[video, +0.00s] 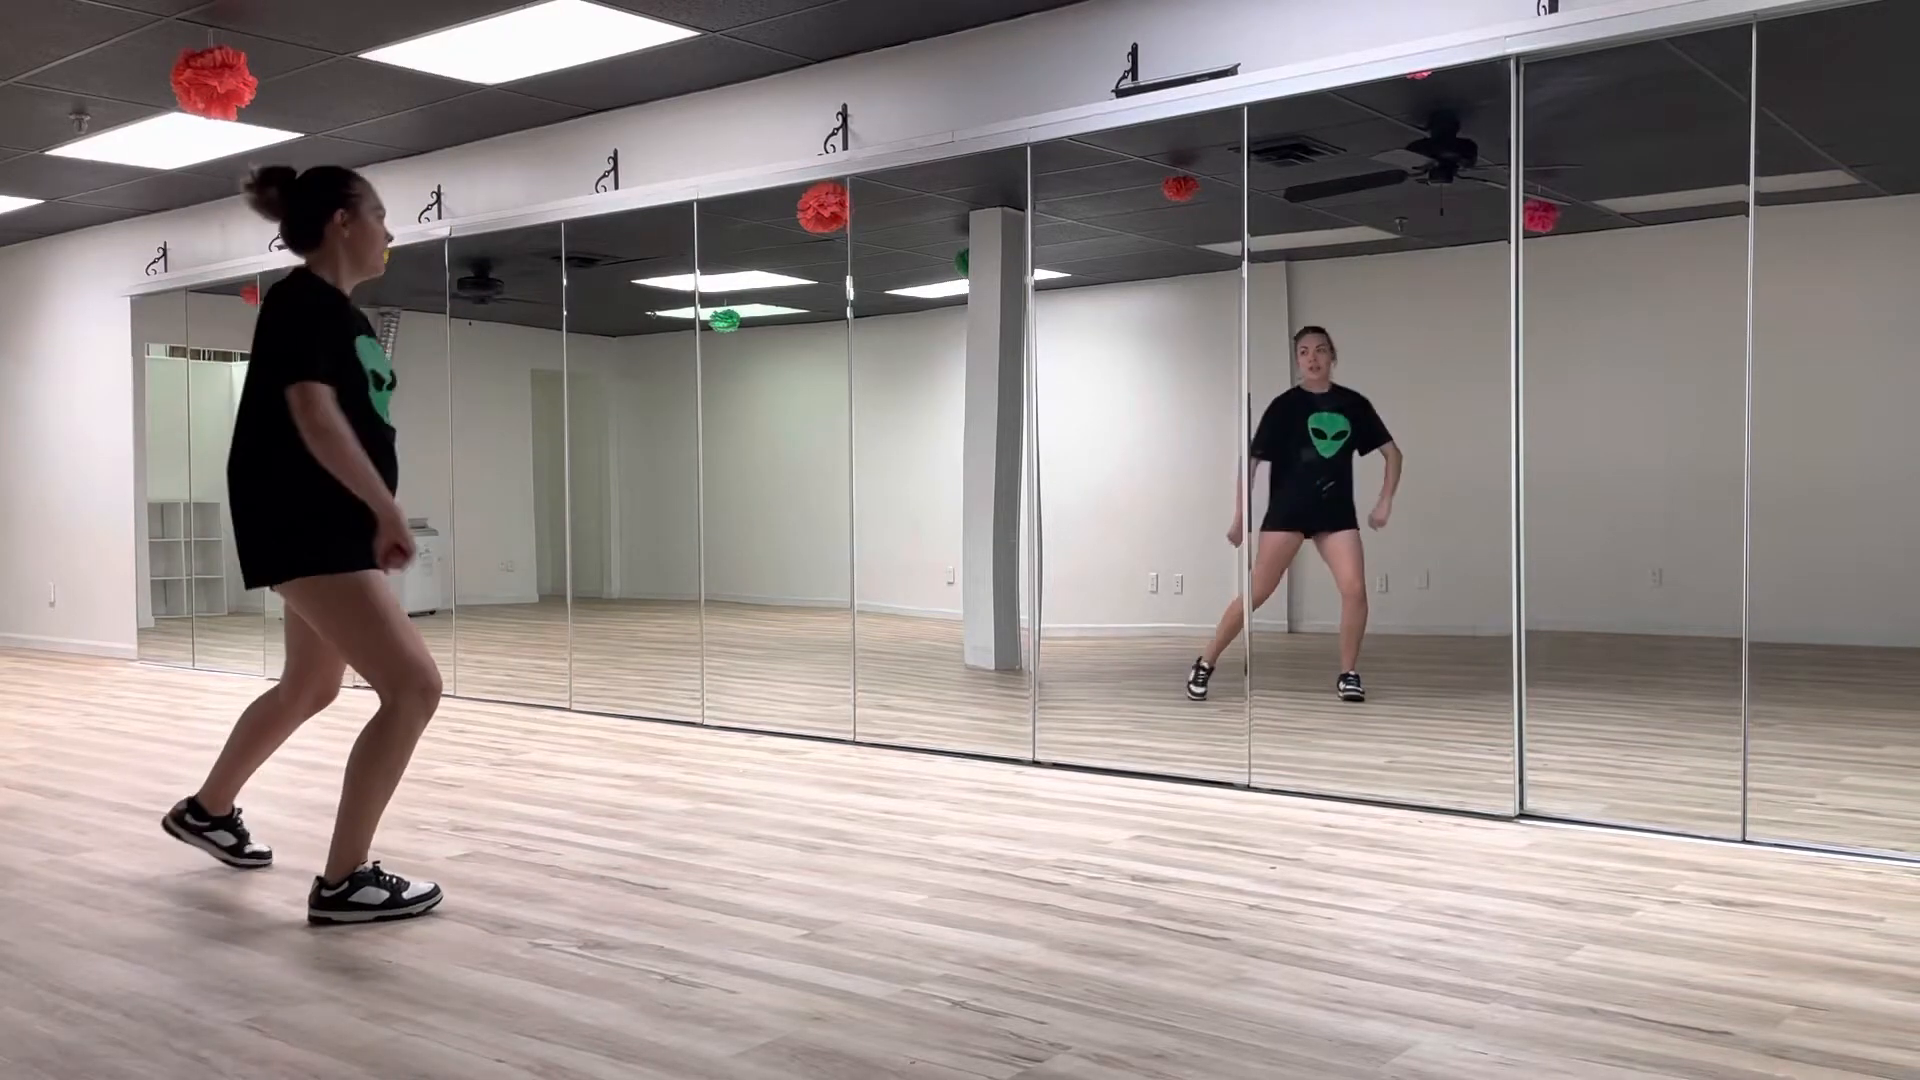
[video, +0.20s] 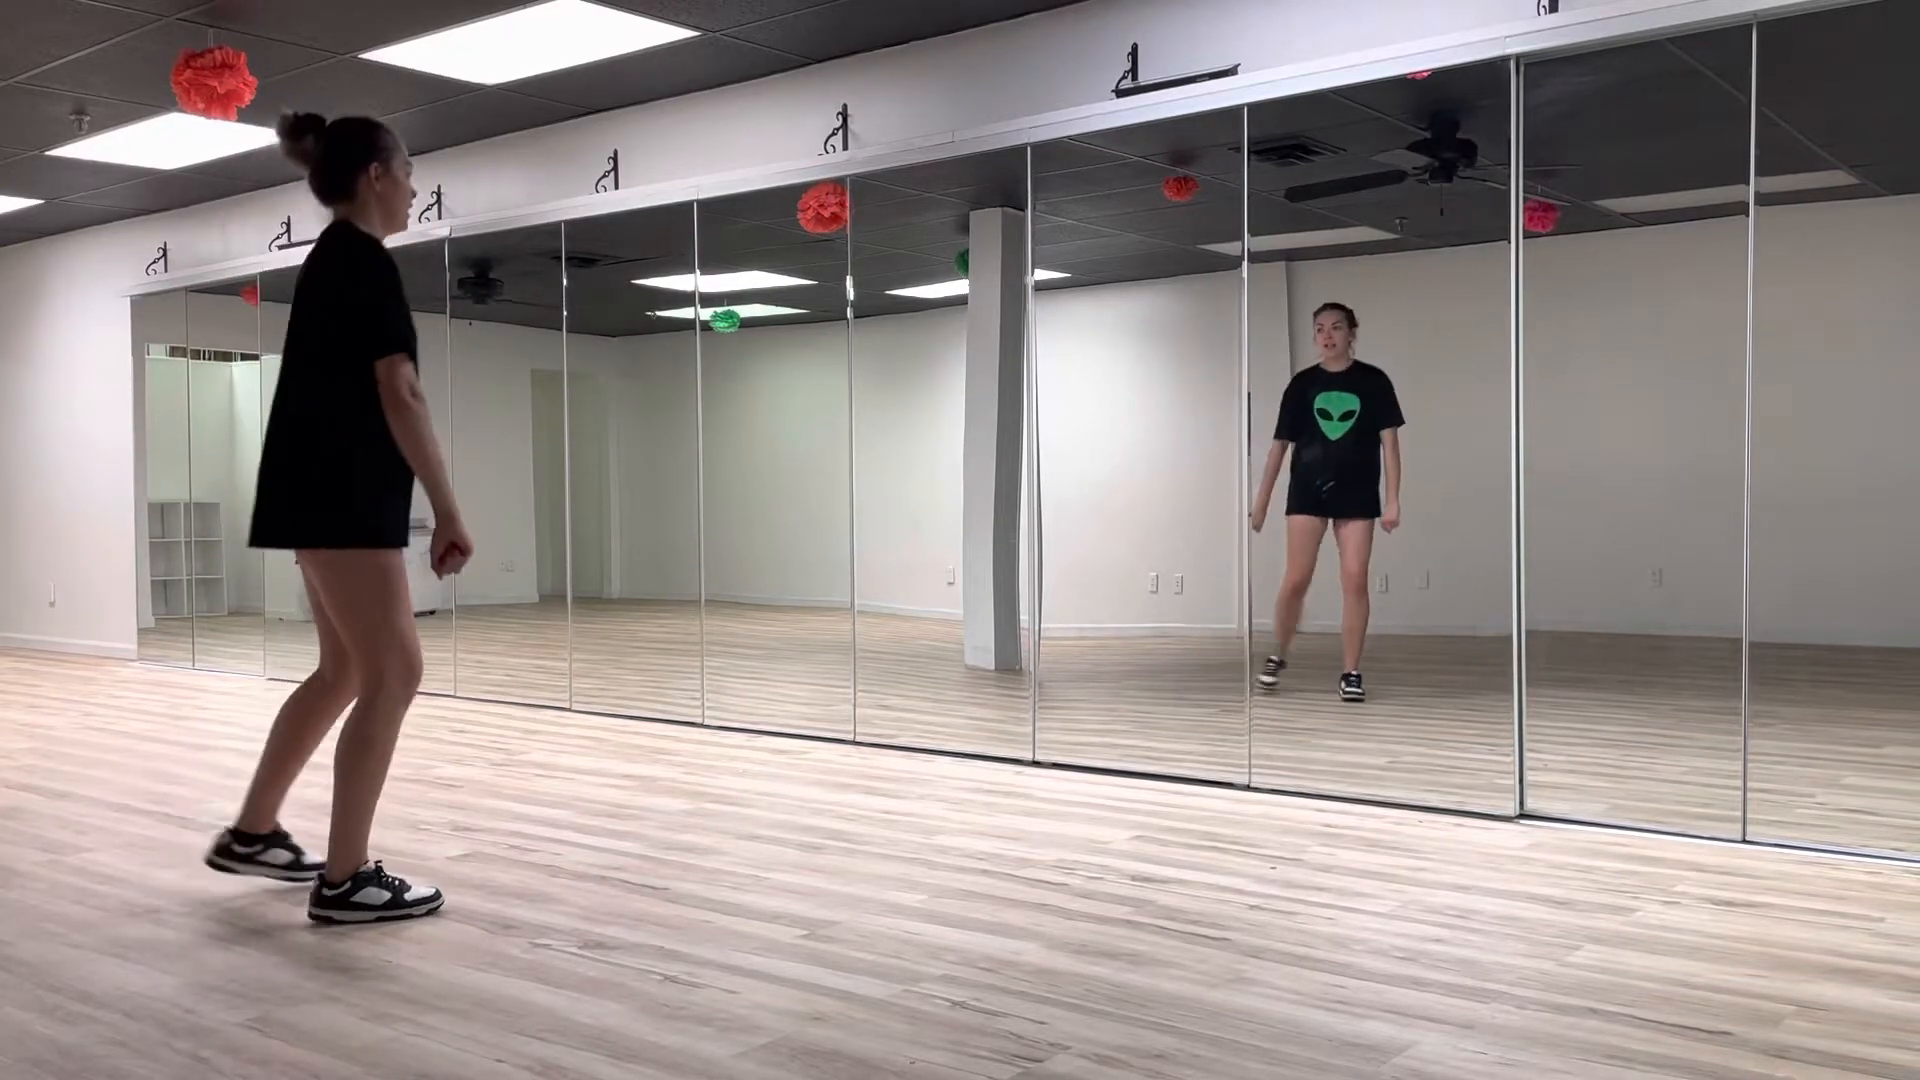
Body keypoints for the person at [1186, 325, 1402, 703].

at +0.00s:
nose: (1312, 357)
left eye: (1320, 350)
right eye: (1305, 352)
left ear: (1332, 358)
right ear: (1296, 360)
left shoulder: (1354, 404)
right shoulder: (1283, 406)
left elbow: (1392, 453)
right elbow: (1251, 464)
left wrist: (1385, 500)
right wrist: (1239, 517)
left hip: (1336, 514)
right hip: (1287, 513)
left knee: (1355, 591)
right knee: (1258, 592)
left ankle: (1348, 673)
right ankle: (1207, 662)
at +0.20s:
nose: (1326, 334)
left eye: (1335, 327)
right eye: (1320, 329)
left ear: (1351, 333)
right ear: (1314, 336)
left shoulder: (1374, 381)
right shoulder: (1300, 384)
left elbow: (1389, 443)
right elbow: (1279, 446)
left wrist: (1392, 500)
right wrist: (1261, 499)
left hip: (1357, 495)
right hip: (1307, 494)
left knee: (1355, 582)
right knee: (1295, 582)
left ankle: (1351, 672)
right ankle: (1278, 654)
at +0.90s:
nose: (1339, 342)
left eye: (1348, 334)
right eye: (1333, 335)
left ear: (1364, 340)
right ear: (1326, 340)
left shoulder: (1386, 381)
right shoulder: (1317, 386)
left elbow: (1400, 427)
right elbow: (1306, 422)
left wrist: (1405, 461)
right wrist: (1301, 448)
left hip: (1378, 489)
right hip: (1332, 491)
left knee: (1363, 572)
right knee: (1331, 581)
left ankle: (1375, 642)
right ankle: (1341, 674)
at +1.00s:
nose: (1349, 338)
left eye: (1357, 331)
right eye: (1341, 332)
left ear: (1370, 336)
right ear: (1333, 338)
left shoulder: (1390, 375)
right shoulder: (1324, 378)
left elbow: (1419, 388)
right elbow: (1303, 385)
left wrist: (1440, 385)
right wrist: (1294, 359)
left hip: (1384, 487)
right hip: (1336, 489)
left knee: (1389, 562)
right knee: (1335, 581)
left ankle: (1401, 632)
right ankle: (1341, 674)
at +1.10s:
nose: (1360, 332)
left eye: (1367, 325)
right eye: (1353, 326)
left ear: (1380, 332)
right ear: (1343, 333)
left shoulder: (1401, 369)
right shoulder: (1329, 370)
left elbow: (1446, 349)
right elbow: (1294, 334)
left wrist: (1479, 312)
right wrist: (1283, 285)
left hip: (1394, 482)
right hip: (1344, 485)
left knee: (1419, 559)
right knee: (1341, 580)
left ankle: (1434, 647)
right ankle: (1342, 673)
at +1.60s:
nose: (1388, 334)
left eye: (1396, 327)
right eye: (1382, 327)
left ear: (1411, 333)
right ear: (1373, 334)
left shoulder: (1428, 368)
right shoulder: (1363, 372)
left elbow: (1452, 340)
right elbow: (1342, 340)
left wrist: (1476, 306)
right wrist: (1333, 295)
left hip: (1427, 487)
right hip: (1377, 489)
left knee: (1441, 575)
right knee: (1359, 578)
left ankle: (1480, 673)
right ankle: (1343, 672)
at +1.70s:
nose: (1377, 336)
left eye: (1385, 329)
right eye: (1372, 329)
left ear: (1401, 334)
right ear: (1365, 333)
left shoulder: (1421, 364)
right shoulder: (1357, 373)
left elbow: (1425, 386)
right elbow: (1355, 384)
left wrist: (1416, 380)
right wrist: (1374, 361)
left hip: (1415, 483)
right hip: (1369, 482)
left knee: (1421, 577)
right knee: (1356, 580)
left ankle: (1478, 670)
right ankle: (1346, 674)